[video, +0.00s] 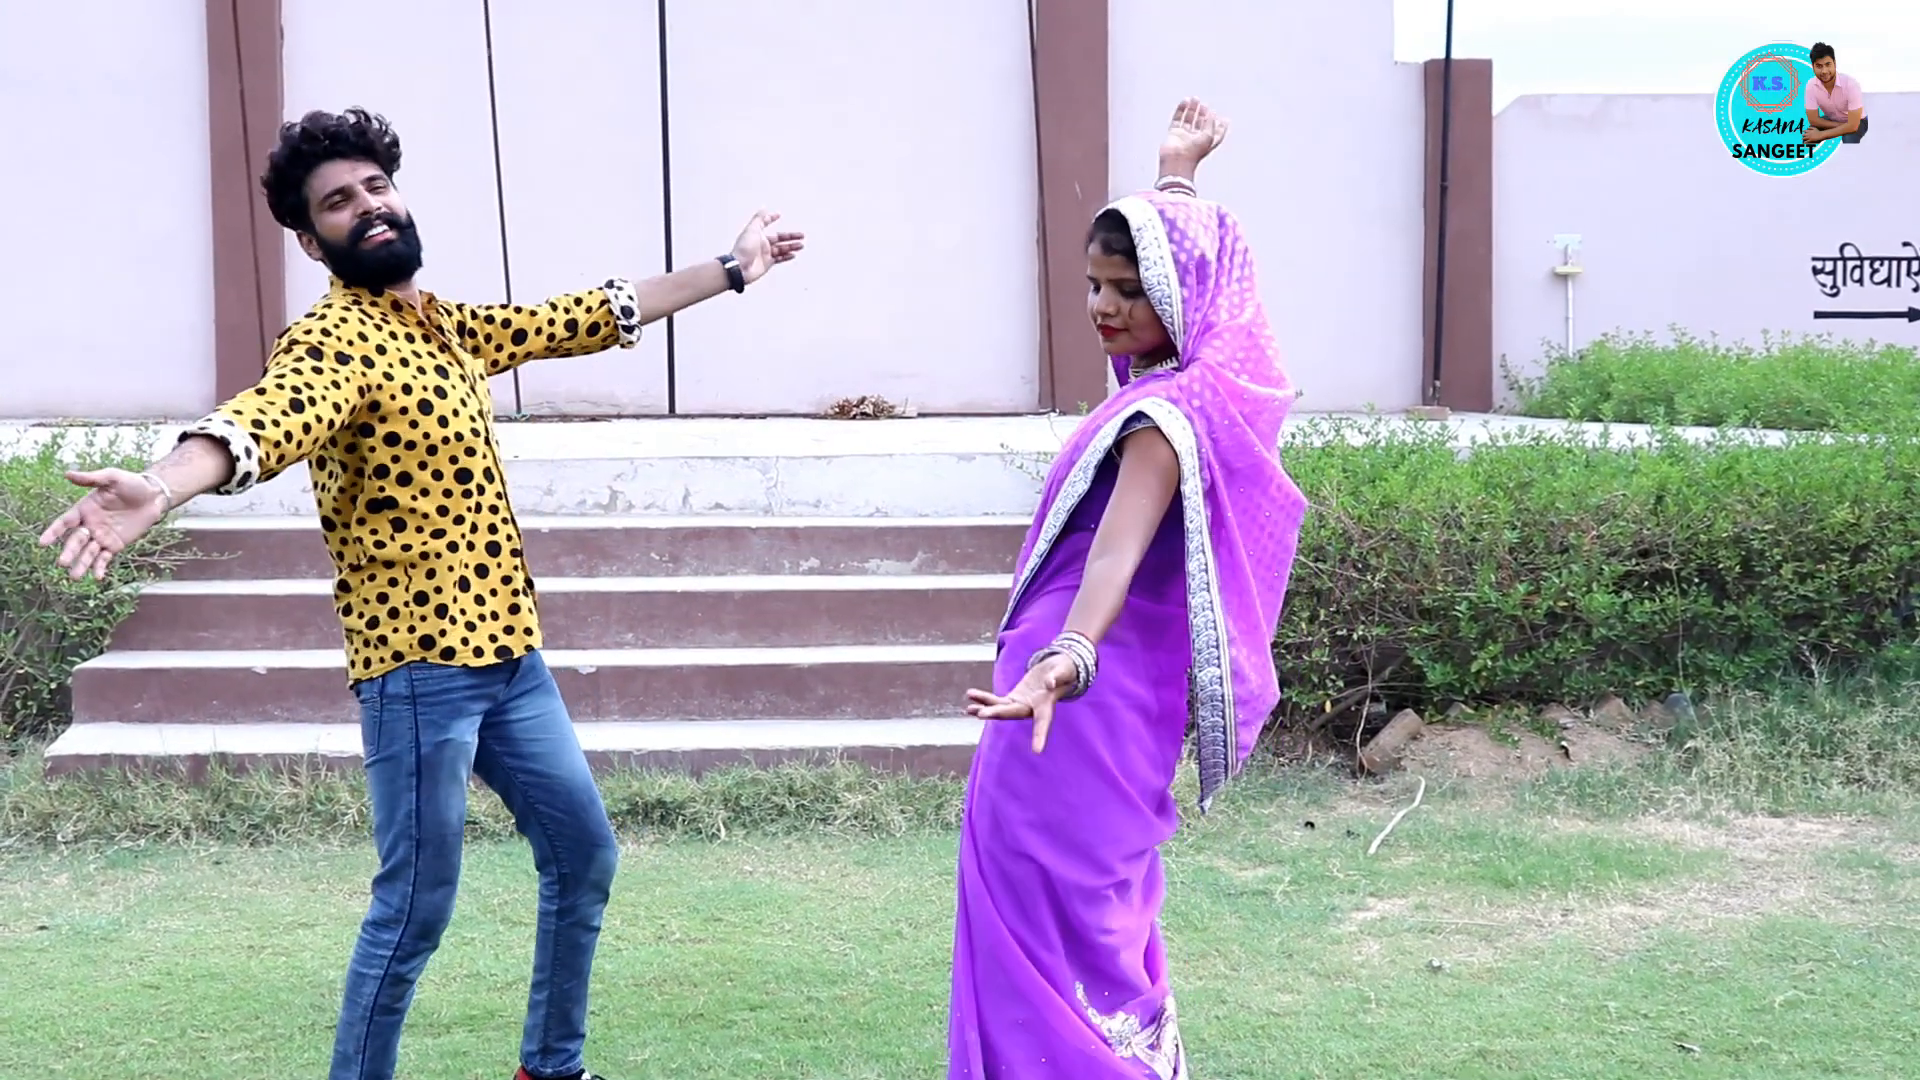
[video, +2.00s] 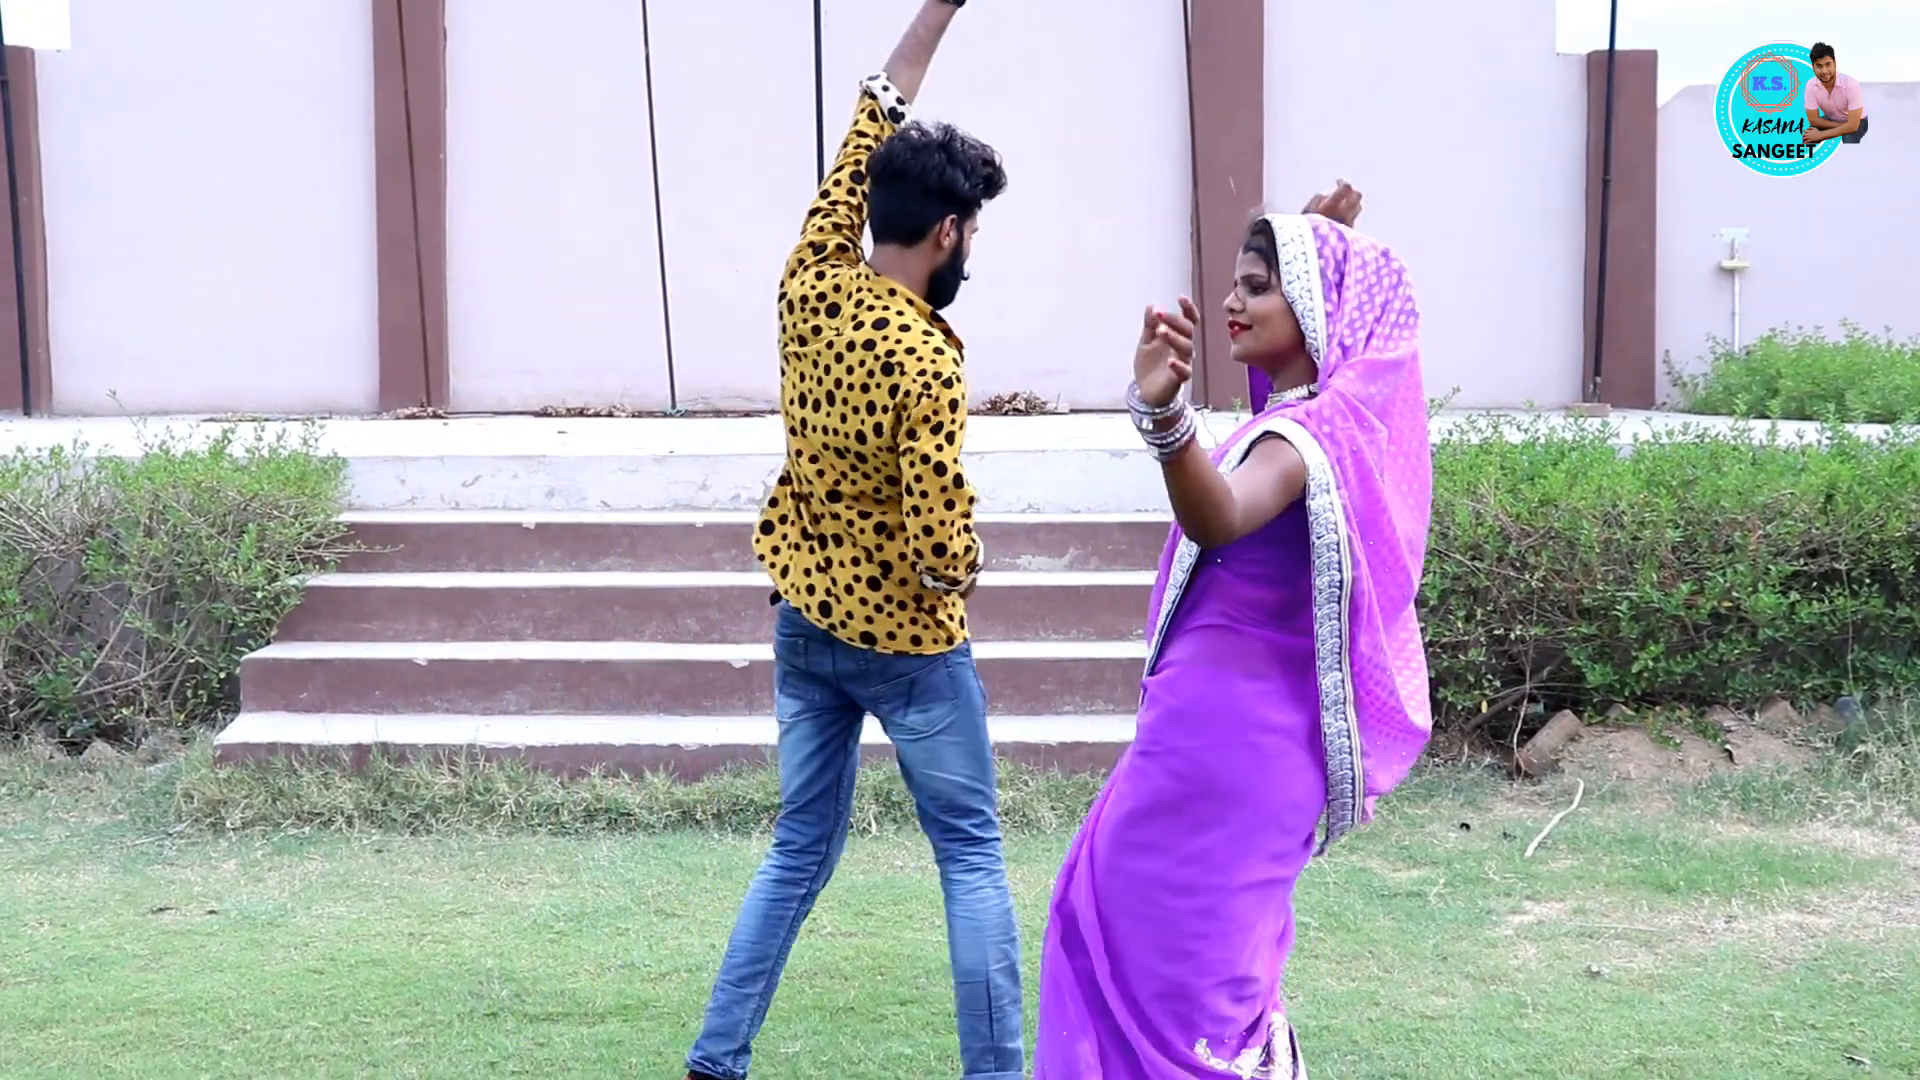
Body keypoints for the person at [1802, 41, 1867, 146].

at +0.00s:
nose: (1824, 71)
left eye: (1828, 65)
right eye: (1819, 66)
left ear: (1835, 64)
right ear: (1813, 67)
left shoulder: (1850, 85)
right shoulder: (1811, 86)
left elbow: (1853, 126)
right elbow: (1813, 120)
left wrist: (1820, 135)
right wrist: (1843, 126)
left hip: (1854, 122)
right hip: (1829, 121)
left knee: (1849, 140)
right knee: (1810, 136)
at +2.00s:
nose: (1824, 71)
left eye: (1828, 65)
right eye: (1819, 66)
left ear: (1835, 63)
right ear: (1813, 67)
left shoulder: (1850, 84)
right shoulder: (1812, 86)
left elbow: (1853, 126)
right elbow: (1813, 120)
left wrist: (1820, 135)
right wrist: (1843, 126)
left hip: (1855, 122)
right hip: (1829, 121)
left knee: (1849, 140)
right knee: (1810, 137)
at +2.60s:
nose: (1824, 71)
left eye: (1828, 65)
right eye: (1819, 66)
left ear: (1835, 63)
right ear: (1813, 67)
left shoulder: (1850, 84)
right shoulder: (1812, 86)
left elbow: (1853, 126)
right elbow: (1813, 120)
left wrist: (1820, 135)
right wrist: (1843, 126)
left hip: (1855, 122)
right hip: (1830, 121)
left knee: (1848, 140)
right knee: (1810, 136)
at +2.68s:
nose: (1824, 71)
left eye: (1828, 65)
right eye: (1819, 66)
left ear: (1835, 63)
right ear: (1813, 67)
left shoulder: (1850, 84)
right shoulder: (1812, 86)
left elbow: (1853, 126)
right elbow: (1813, 120)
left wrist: (1820, 135)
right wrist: (1843, 126)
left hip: (1855, 122)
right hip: (1829, 121)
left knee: (1849, 140)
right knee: (1810, 137)